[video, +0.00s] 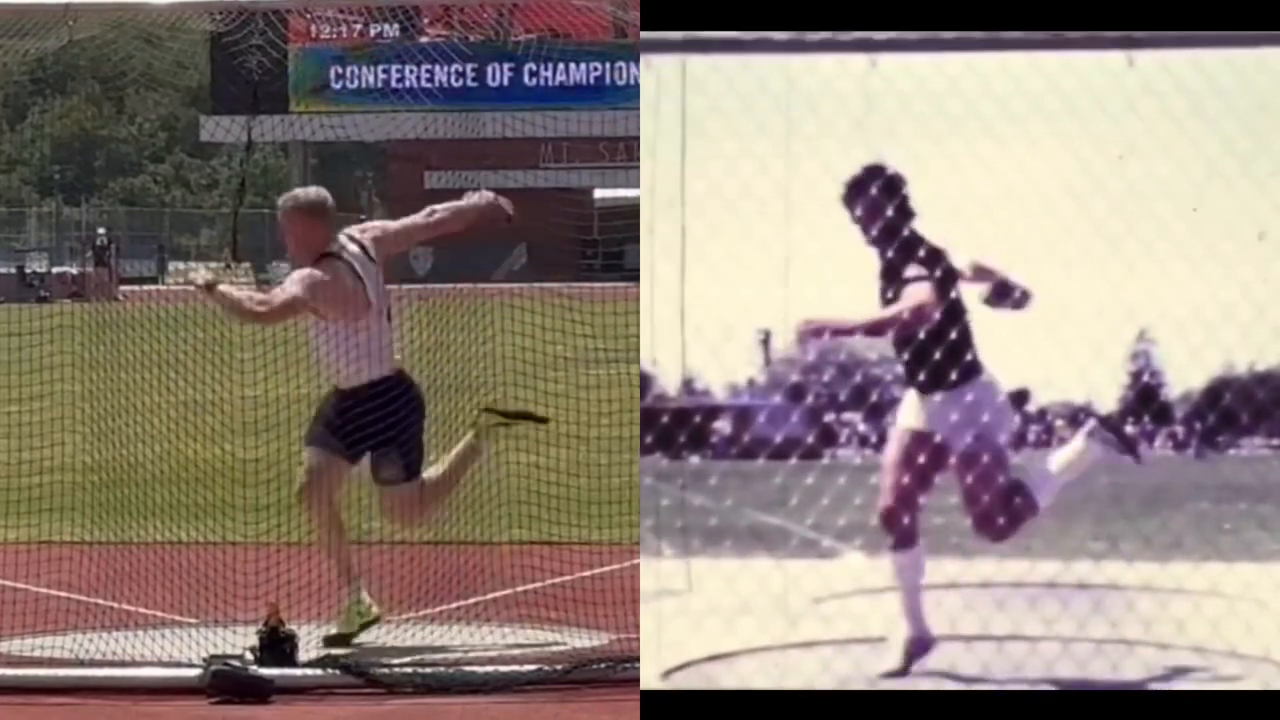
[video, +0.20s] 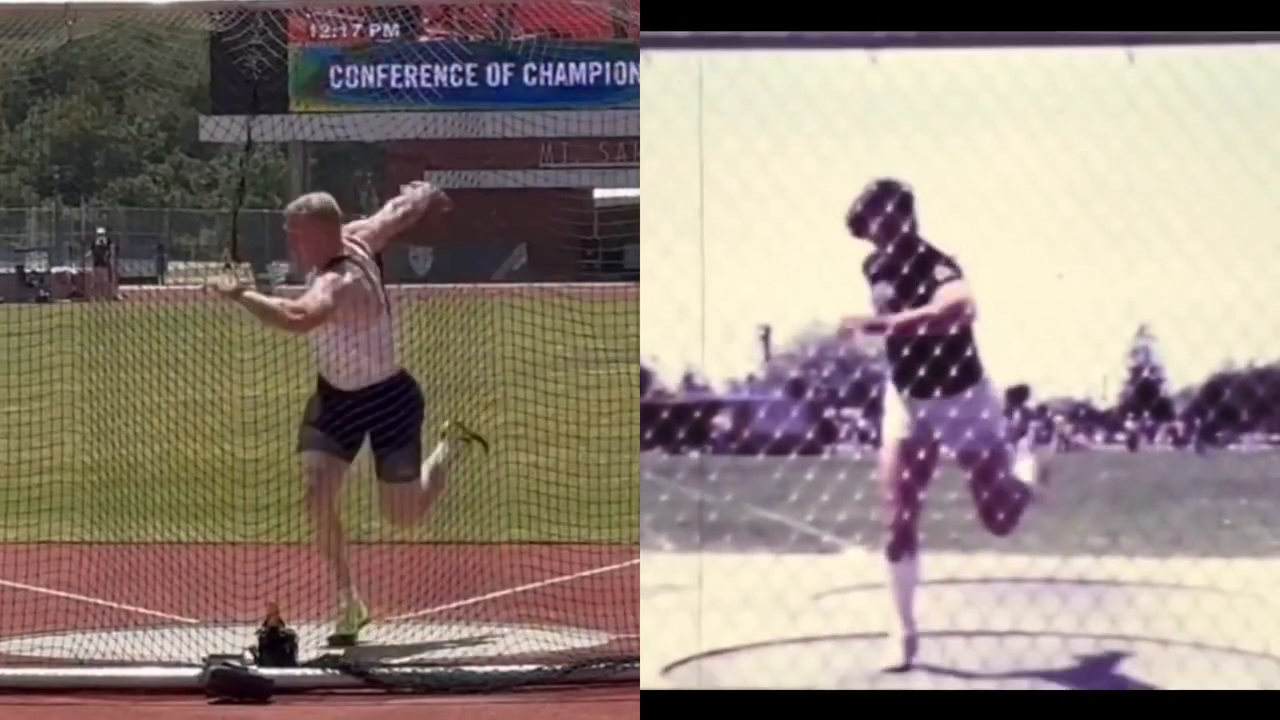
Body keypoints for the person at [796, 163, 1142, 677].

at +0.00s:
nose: (863, 226)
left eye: (869, 214)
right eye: (857, 217)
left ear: (893, 207)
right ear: (860, 218)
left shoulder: (916, 256)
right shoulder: (900, 256)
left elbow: (919, 310)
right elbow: (968, 270)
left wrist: (841, 329)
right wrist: (1006, 284)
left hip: (969, 401)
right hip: (924, 402)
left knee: (996, 522)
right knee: (895, 513)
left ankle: (1089, 445)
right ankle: (916, 632)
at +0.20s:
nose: (873, 239)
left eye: (877, 226)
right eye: (867, 230)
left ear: (901, 218)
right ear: (868, 229)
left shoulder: (935, 263)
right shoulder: (876, 271)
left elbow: (959, 307)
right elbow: (900, 320)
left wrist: (883, 323)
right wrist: (867, 326)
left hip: (964, 399)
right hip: (908, 401)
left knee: (1000, 518)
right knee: (899, 522)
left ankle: (1029, 462)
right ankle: (904, 635)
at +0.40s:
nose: (902, 251)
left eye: (907, 239)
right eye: (892, 242)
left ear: (916, 237)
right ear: (873, 246)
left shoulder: (941, 274)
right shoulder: (866, 282)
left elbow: (1009, 296)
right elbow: (838, 296)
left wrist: (967, 322)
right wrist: (822, 306)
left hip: (960, 407)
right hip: (903, 412)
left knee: (994, 512)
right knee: (916, 529)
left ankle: (946, 531)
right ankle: (886, 628)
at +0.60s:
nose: (915, 276)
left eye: (918, 265)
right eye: (908, 268)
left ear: (928, 259)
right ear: (896, 269)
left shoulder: (961, 283)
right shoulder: (877, 307)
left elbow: (1035, 272)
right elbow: (814, 325)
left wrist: (1095, 296)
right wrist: (759, 332)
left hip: (949, 423)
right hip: (902, 425)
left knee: (955, 522)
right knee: (940, 531)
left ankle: (903, 605)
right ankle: (876, 637)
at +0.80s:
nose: (952, 254)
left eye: (949, 247)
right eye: (945, 249)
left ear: (924, 255)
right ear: (929, 256)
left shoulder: (953, 272)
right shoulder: (899, 304)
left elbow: (984, 267)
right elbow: (832, 347)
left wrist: (1032, 282)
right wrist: (764, 377)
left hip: (927, 411)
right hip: (912, 416)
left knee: (923, 521)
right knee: (964, 529)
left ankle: (886, 618)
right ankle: (882, 620)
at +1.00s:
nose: (948, 224)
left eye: (941, 216)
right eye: (945, 216)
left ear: (903, 218)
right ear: (943, 220)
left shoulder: (878, 257)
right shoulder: (952, 276)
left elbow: (842, 295)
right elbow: (964, 336)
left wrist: (869, 274)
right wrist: (984, 395)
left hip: (885, 378)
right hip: (935, 384)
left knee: (892, 497)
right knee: (947, 506)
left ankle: (884, 606)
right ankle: (898, 607)